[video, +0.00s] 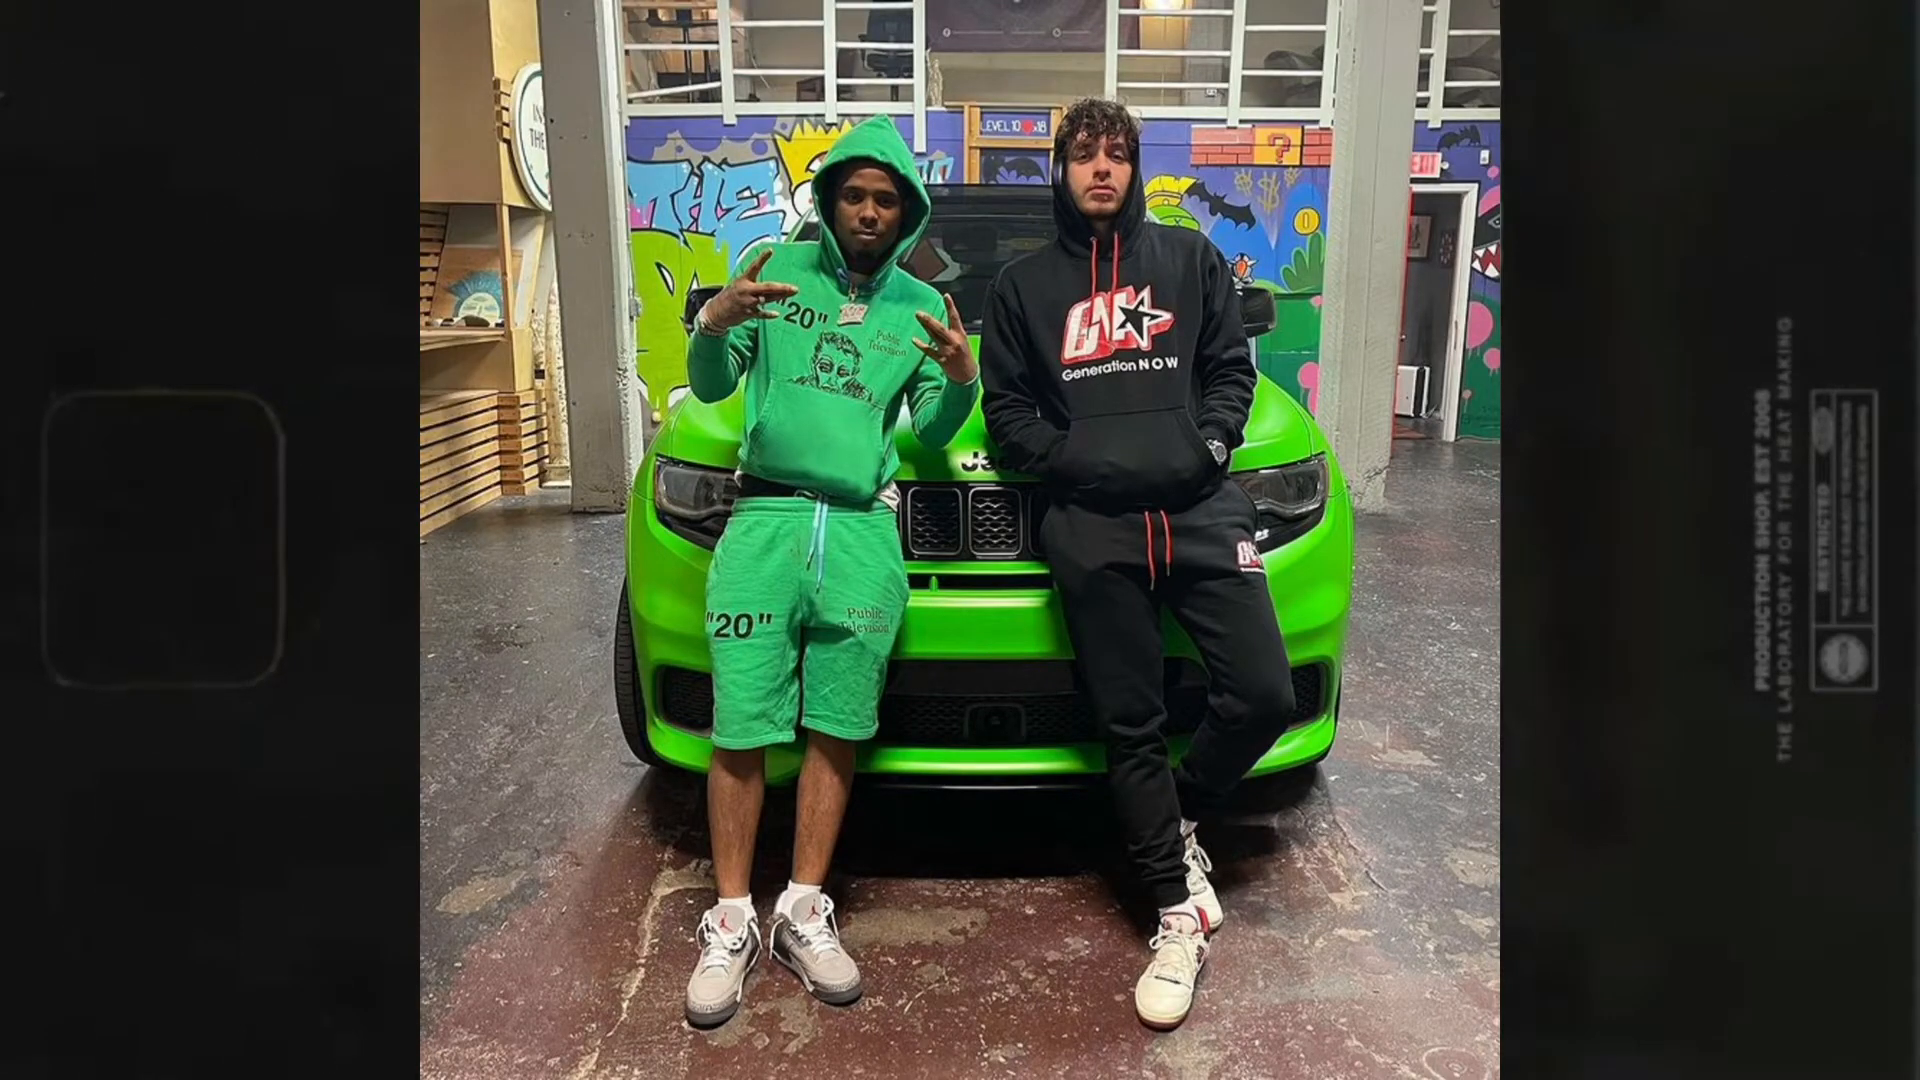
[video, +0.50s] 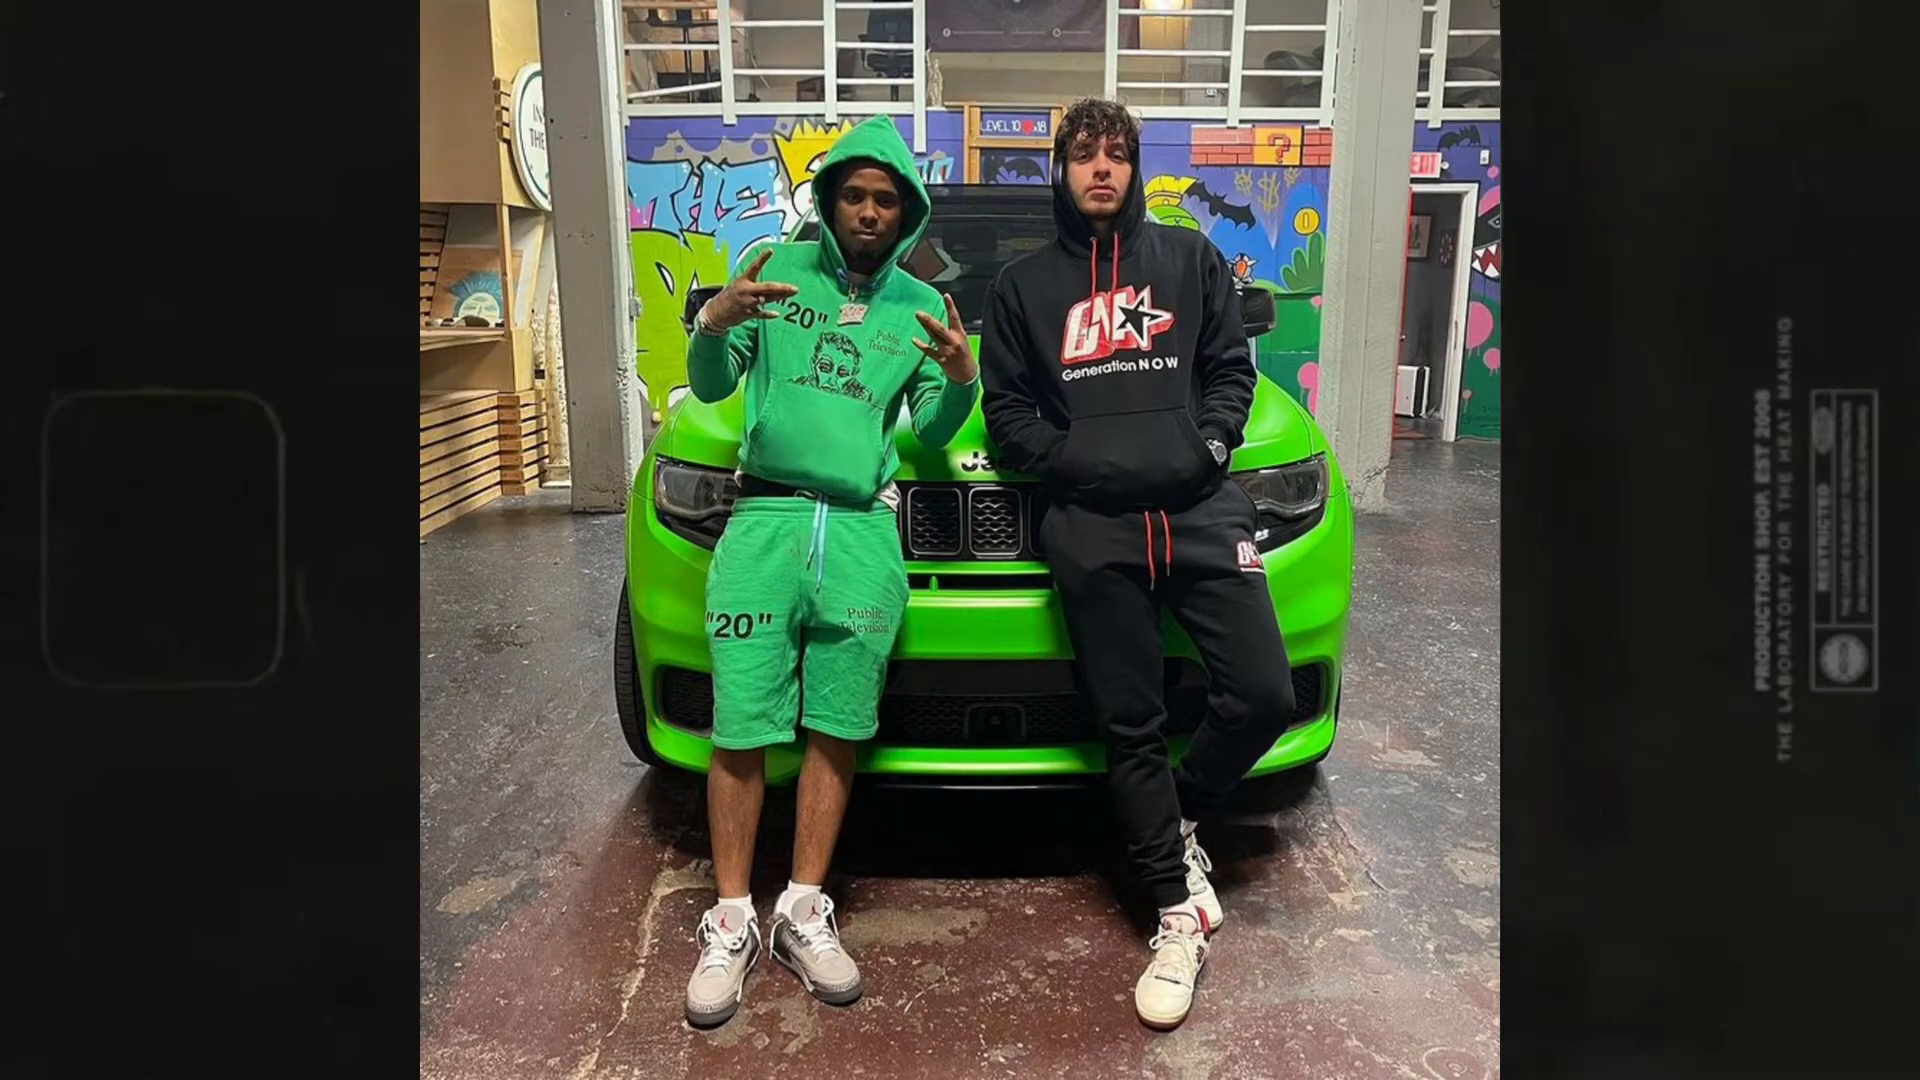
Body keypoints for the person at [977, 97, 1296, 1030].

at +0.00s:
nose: (1101, 171)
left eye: (1115, 159)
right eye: (1086, 159)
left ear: (1137, 170)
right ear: (1061, 172)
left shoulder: (1193, 257)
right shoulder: (1019, 281)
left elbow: (1232, 367)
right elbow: (1005, 405)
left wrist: (1208, 445)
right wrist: (1066, 456)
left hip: (1200, 502)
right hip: (1090, 513)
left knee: (1262, 693)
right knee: (1131, 719)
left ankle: (1179, 819)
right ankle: (1179, 917)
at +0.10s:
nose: (1101, 171)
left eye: (1115, 159)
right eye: (1086, 159)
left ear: (1137, 170)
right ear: (1061, 172)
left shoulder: (1193, 257)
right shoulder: (1019, 281)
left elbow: (1232, 367)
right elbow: (1005, 405)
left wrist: (1208, 445)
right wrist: (1066, 456)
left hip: (1200, 502)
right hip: (1090, 513)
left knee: (1262, 693)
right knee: (1131, 719)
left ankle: (1179, 819)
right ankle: (1179, 917)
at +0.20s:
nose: (1101, 171)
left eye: (1115, 159)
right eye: (1086, 159)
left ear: (1137, 170)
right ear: (1061, 172)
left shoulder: (1193, 257)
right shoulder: (1019, 281)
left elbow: (1232, 367)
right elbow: (1005, 405)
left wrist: (1208, 445)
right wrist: (1066, 456)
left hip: (1200, 502)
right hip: (1090, 513)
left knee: (1262, 693)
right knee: (1131, 719)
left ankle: (1179, 819)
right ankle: (1179, 917)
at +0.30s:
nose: (1101, 171)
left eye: (1115, 159)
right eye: (1086, 159)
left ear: (1137, 170)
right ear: (1061, 172)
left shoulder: (1193, 257)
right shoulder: (1019, 281)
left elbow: (1232, 367)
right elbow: (1005, 405)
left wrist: (1208, 445)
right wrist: (1066, 456)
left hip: (1200, 502)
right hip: (1090, 513)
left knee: (1262, 693)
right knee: (1131, 719)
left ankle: (1179, 819)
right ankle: (1179, 917)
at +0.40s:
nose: (1101, 171)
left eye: (1115, 159)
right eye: (1086, 159)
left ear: (1137, 170)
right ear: (1061, 172)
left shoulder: (1193, 257)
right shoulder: (1019, 281)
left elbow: (1232, 367)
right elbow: (1005, 405)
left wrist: (1208, 445)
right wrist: (1066, 456)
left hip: (1200, 502)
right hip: (1090, 513)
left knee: (1262, 693)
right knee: (1131, 719)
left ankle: (1179, 819)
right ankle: (1179, 917)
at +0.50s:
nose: (1101, 171)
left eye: (1115, 159)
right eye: (1086, 159)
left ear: (1137, 170)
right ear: (1061, 172)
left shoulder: (1193, 257)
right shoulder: (1019, 281)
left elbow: (1232, 367)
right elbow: (1005, 405)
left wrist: (1208, 445)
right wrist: (1066, 456)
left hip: (1200, 502)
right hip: (1090, 513)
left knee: (1262, 693)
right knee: (1131, 719)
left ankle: (1179, 819)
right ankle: (1179, 917)